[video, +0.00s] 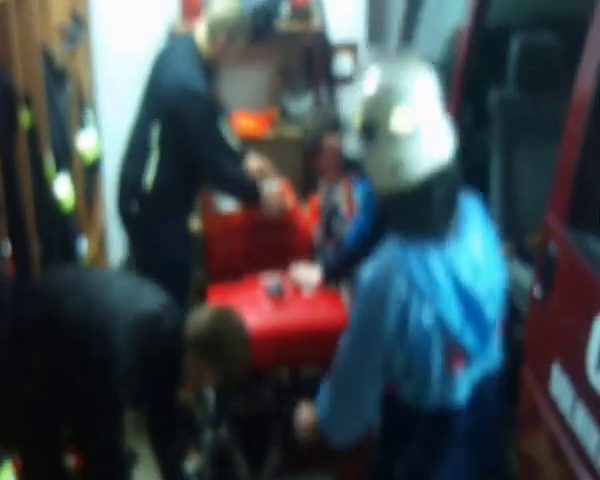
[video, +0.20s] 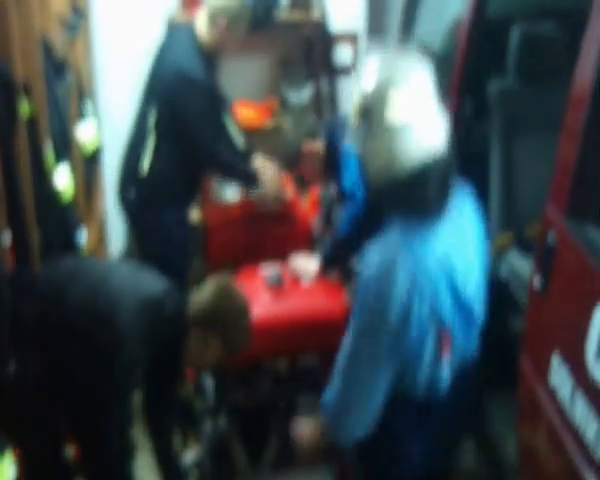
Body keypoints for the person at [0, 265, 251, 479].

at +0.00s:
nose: (206, 386)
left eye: (215, 380)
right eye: (212, 376)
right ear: (202, 355)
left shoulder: (166, 325)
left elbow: (163, 423)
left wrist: (173, 472)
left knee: (103, 452)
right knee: (42, 457)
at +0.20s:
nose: (209, 366)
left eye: (216, 359)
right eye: (215, 357)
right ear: (205, 338)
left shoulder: (167, 306)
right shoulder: (130, 329)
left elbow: (159, 412)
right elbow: (112, 428)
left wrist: (172, 470)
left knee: (104, 448)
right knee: (42, 458)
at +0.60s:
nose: (222, 339)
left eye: (230, 332)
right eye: (227, 329)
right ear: (213, 310)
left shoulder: (168, 294)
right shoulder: (141, 318)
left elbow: (160, 399)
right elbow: (115, 423)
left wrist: (180, 464)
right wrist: (119, 473)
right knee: (56, 464)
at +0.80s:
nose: (216, 325)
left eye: (224, 317)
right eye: (221, 313)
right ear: (209, 296)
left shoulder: (165, 285)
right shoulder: (141, 310)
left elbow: (156, 390)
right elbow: (114, 420)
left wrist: (178, 456)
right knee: (57, 465)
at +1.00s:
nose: (213, 289)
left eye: (220, 280)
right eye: (217, 278)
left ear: (190, 241)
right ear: (211, 267)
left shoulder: (164, 264)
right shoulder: (148, 288)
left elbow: (155, 380)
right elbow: (127, 387)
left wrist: (181, 451)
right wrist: (129, 461)